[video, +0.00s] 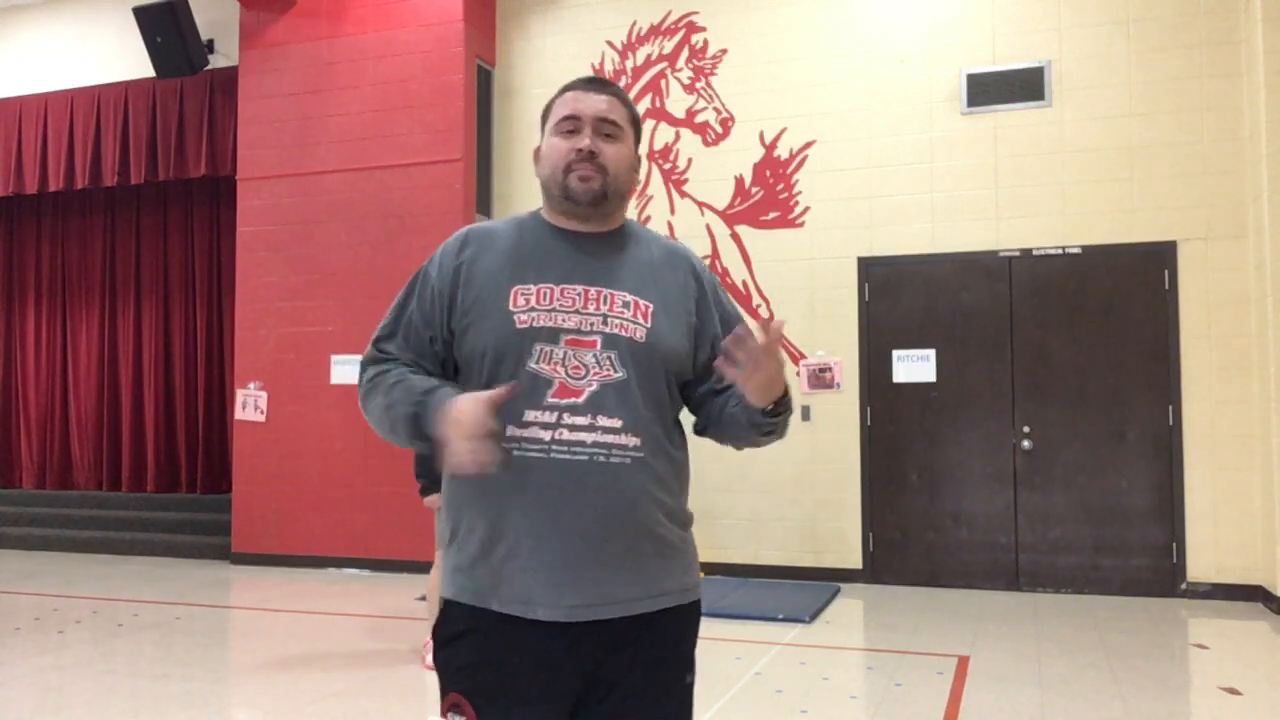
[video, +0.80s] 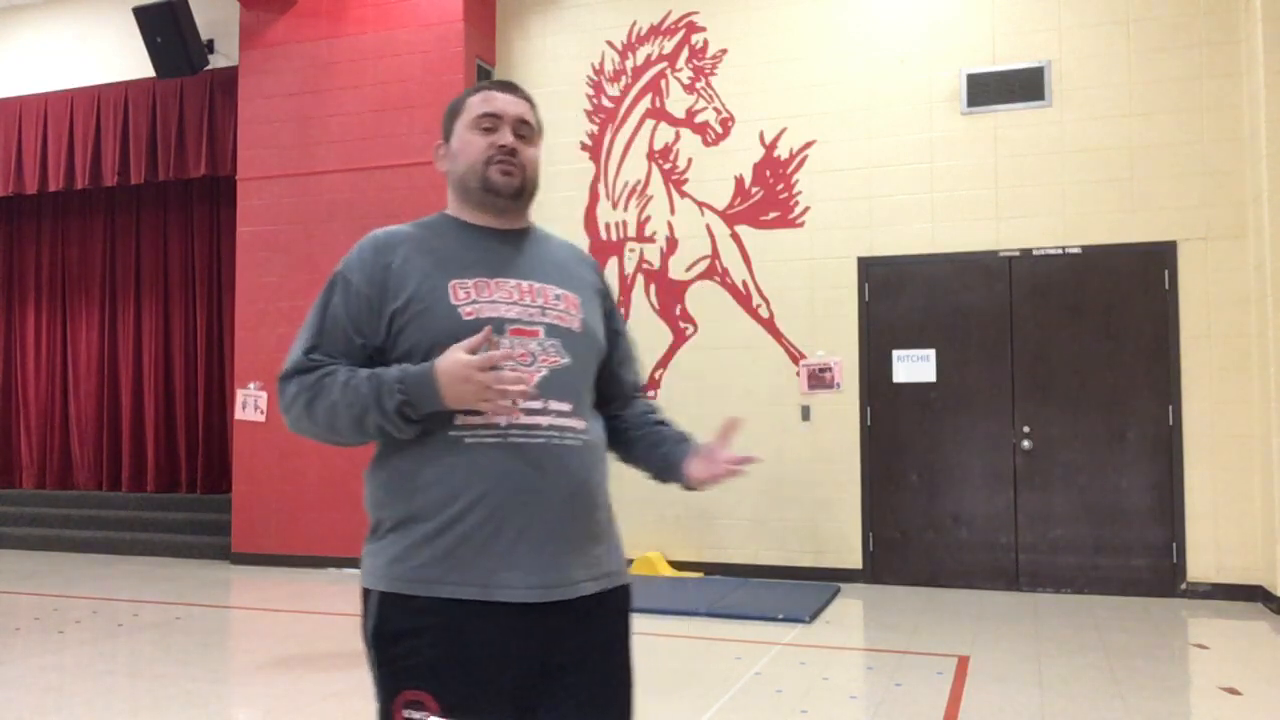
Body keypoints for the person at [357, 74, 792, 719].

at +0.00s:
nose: (585, 142)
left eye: (608, 130)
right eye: (567, 128)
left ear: (638, 166)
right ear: (537, 156)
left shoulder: (682, 274)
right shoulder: (469, 256)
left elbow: (720, 410)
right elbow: (383, 373)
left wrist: (766, 400)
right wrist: (438, 415)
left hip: (646, 606)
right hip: (495, 604)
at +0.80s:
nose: (510, 139)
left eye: (525, 131)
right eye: (488, 124)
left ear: (540, 160)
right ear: (443, 152)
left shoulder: (579, 271)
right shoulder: (385, 259)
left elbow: (622, 404)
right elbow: (304, 392)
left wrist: (683, 455)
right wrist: (427, 387)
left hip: (583, 594)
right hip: (436, 594)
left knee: (593, 711)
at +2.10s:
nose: (540, 175)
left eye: (547, 162)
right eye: (515, 167)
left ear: (563, 180)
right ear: (480, 199)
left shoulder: (593, 287)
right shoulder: (430, 272)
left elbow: (618, 390)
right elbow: (365, 402)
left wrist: (647, 387)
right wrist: (350, 529)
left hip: (569, 579)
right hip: (456, 577)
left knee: (559, 713)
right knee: (457, 711)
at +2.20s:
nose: (545, 176)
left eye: (554, 165)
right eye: (520, 167)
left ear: (569, 186)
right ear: (485, 199)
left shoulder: (598, 289)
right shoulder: (436, 272)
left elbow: (634, 411)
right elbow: (370, 401)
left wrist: (652, 384)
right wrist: (358, 527)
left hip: (575, 577)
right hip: (462, 575)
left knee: (563, 711)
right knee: (461, 710)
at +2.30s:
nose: (544, 178)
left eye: (554, 166)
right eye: (522, 168)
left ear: (571, 188)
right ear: (487, 199)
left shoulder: (602, 290)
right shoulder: (439, 273)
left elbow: (644, 410)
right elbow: (378, 401)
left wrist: (648, 372)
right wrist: (373, 530)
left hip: (580, 573)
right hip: (466, 571)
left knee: (567, 712)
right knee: (463, 711)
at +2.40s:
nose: (542, 181)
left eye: (552, 168)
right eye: (519, 171)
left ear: (571, 188)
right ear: (485, 199)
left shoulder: (603, 288)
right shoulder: (439, 273)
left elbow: (657, 402)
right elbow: (381, 403)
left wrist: (651, 365)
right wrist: (395, 523)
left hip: (583, 570)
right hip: (469, 567)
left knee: (569, 713)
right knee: (462, 711)